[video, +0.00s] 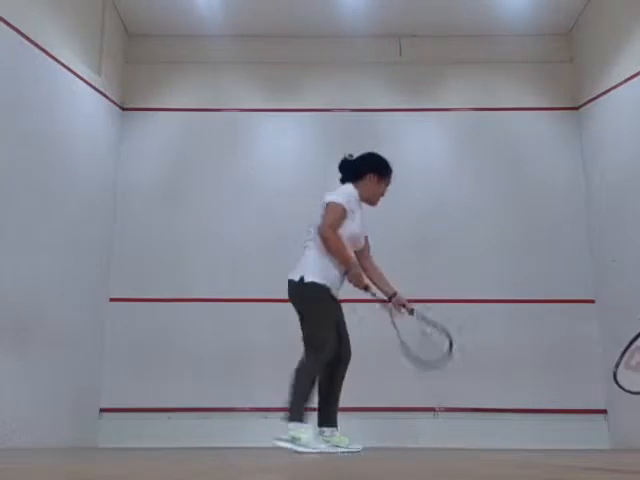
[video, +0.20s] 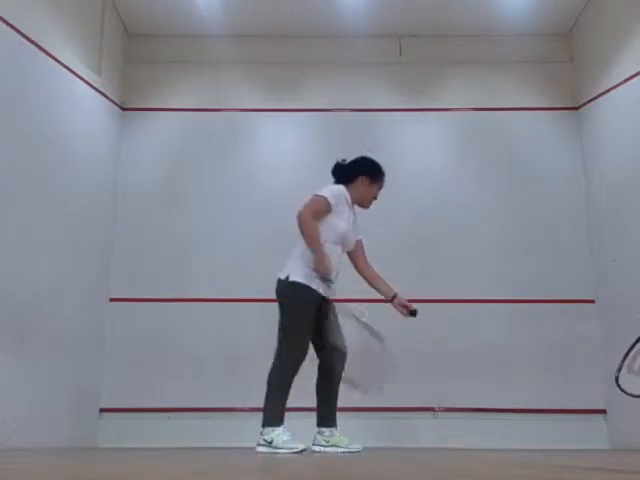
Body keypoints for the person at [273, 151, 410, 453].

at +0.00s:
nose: (383, 193)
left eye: (386, 188)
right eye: (383, 185)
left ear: (370, 182)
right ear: (368, 178)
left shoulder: (357, 215)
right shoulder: (343, 196)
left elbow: (366, 261)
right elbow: (327, 232)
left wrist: (391, 294)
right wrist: (351, 267)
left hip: (324, 289)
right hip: (308, 285)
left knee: (340, 354)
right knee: (320, 349)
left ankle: (327, 429)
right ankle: (295, 423)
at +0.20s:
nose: (376, 197)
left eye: (378, 192)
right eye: (376, 189)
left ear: (363, 185)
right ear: (361, 181)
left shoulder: (349, 221)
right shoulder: (335, 194)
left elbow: (363, 265)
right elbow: (305, 216)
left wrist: (393, 297)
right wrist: (319, 256)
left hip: (320, 294)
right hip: (297, 286)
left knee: (334, 353)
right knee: (291, 354)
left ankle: (326, 432)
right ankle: (271, 430)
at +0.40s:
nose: (370, 195)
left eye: (372, 189)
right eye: (369, 187)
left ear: (355, 182)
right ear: (353, 179)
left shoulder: (344, 222)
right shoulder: (325, 193)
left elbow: (362, 264)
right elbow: (287, 202)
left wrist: (397, 292)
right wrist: (283, 222)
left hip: (311, 294)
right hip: (289, 285)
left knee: (324, 354)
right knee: (286, 353)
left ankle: (325, 432)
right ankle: (270, 430)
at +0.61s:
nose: (365, 194)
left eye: (367, 188)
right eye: (364, 187)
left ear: (351, 182)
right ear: (348, 179)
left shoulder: (340, 219)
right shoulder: (324, 192)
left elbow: (360, 258)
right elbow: (291, 198)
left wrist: (399, 288)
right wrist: (294, 226)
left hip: (307, 292)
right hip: (287, 284)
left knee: (320, 355)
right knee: (284, 353)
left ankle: (323, 432)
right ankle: (268, 431)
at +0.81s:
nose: (361, 191)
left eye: (362, 185)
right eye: (360, 183)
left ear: (341, 178)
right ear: (345, 177)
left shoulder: (327, 201)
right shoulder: (332, 191)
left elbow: (340, 253)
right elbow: (339, 234)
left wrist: (356, 292)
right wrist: (359, 245)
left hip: (311, 290)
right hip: (296, 286)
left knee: (320, 358)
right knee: (293, 356)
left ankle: (322, 431)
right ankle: (269, 430)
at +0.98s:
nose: (358, 178)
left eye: (358, 172)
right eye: (357, 172)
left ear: (328, 174)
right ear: (348, 173)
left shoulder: (317, 201)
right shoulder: (346, 195)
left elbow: (299, 243)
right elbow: (366, 238)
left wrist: (283, 277)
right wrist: (358, 204)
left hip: (298, 287)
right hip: (316, 289)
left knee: (321, 356)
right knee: (323, 356)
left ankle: (322, 430)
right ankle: (278, 419)